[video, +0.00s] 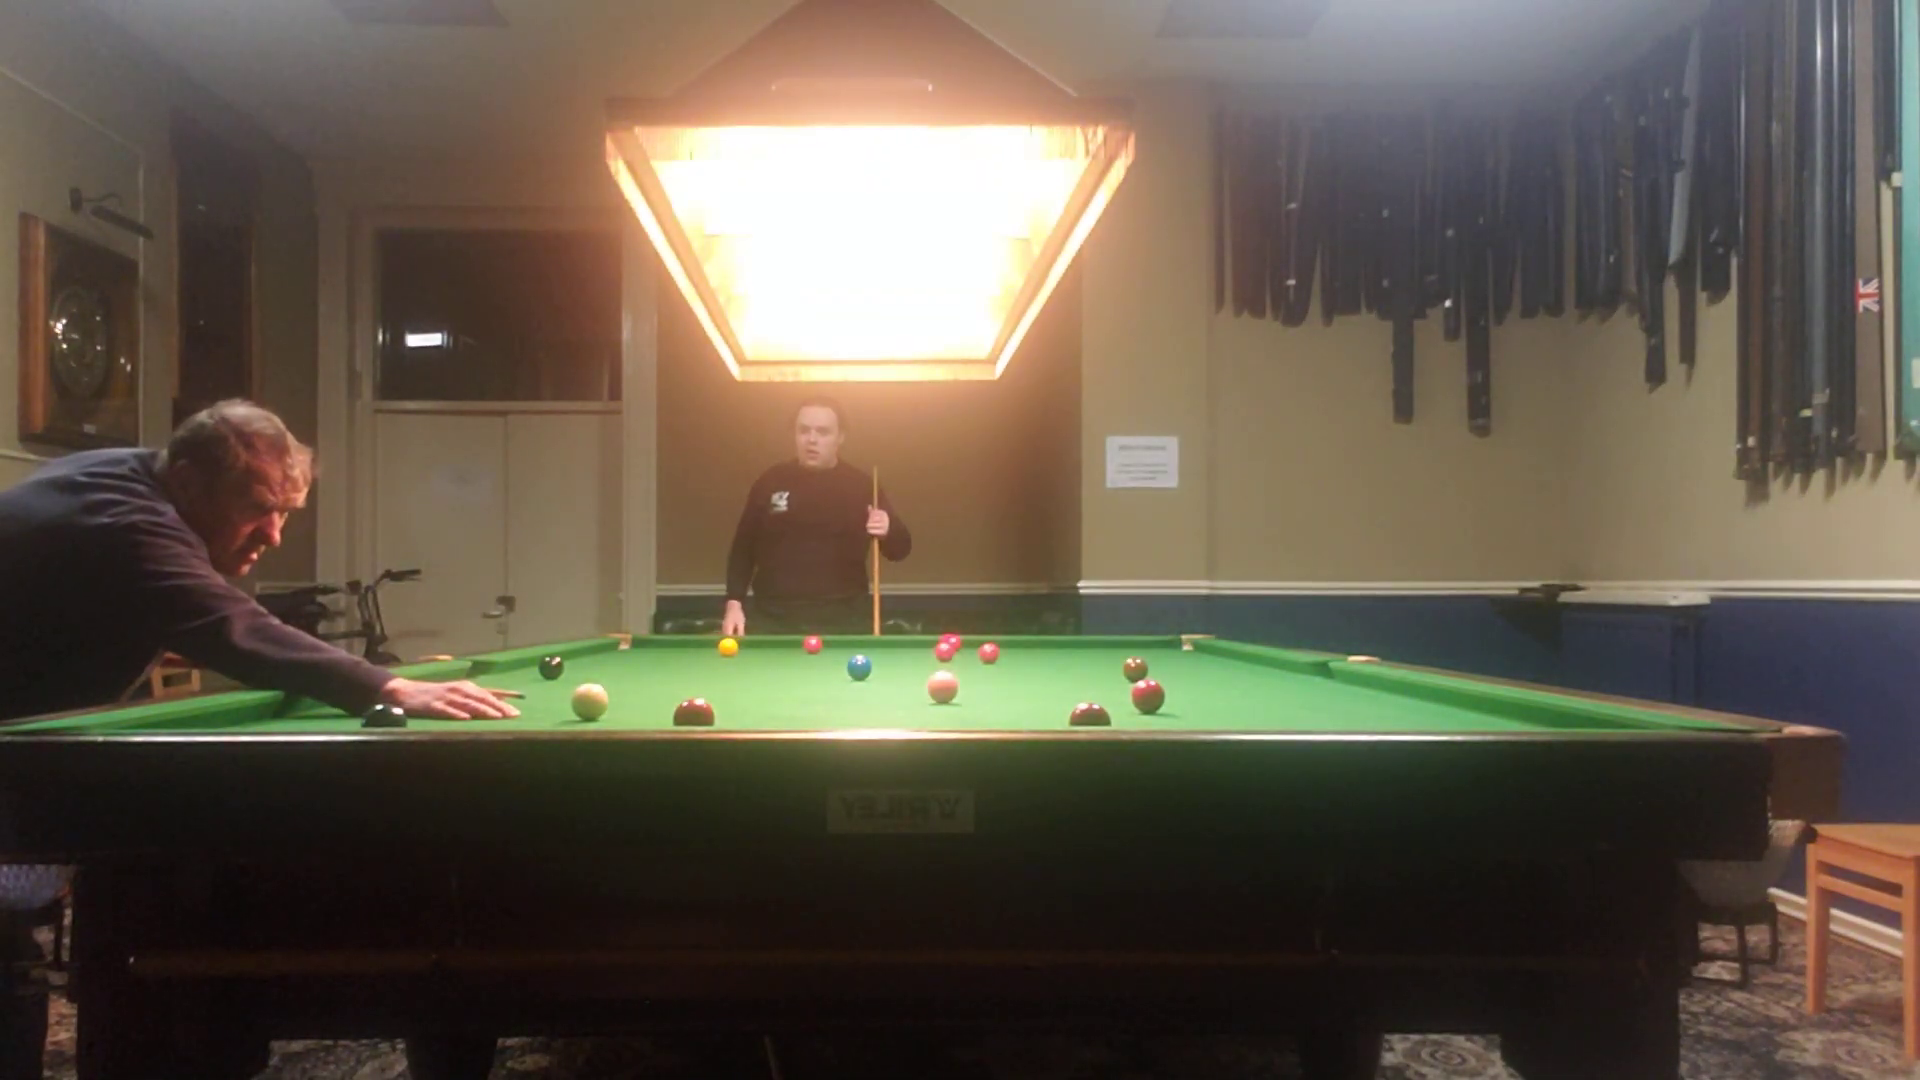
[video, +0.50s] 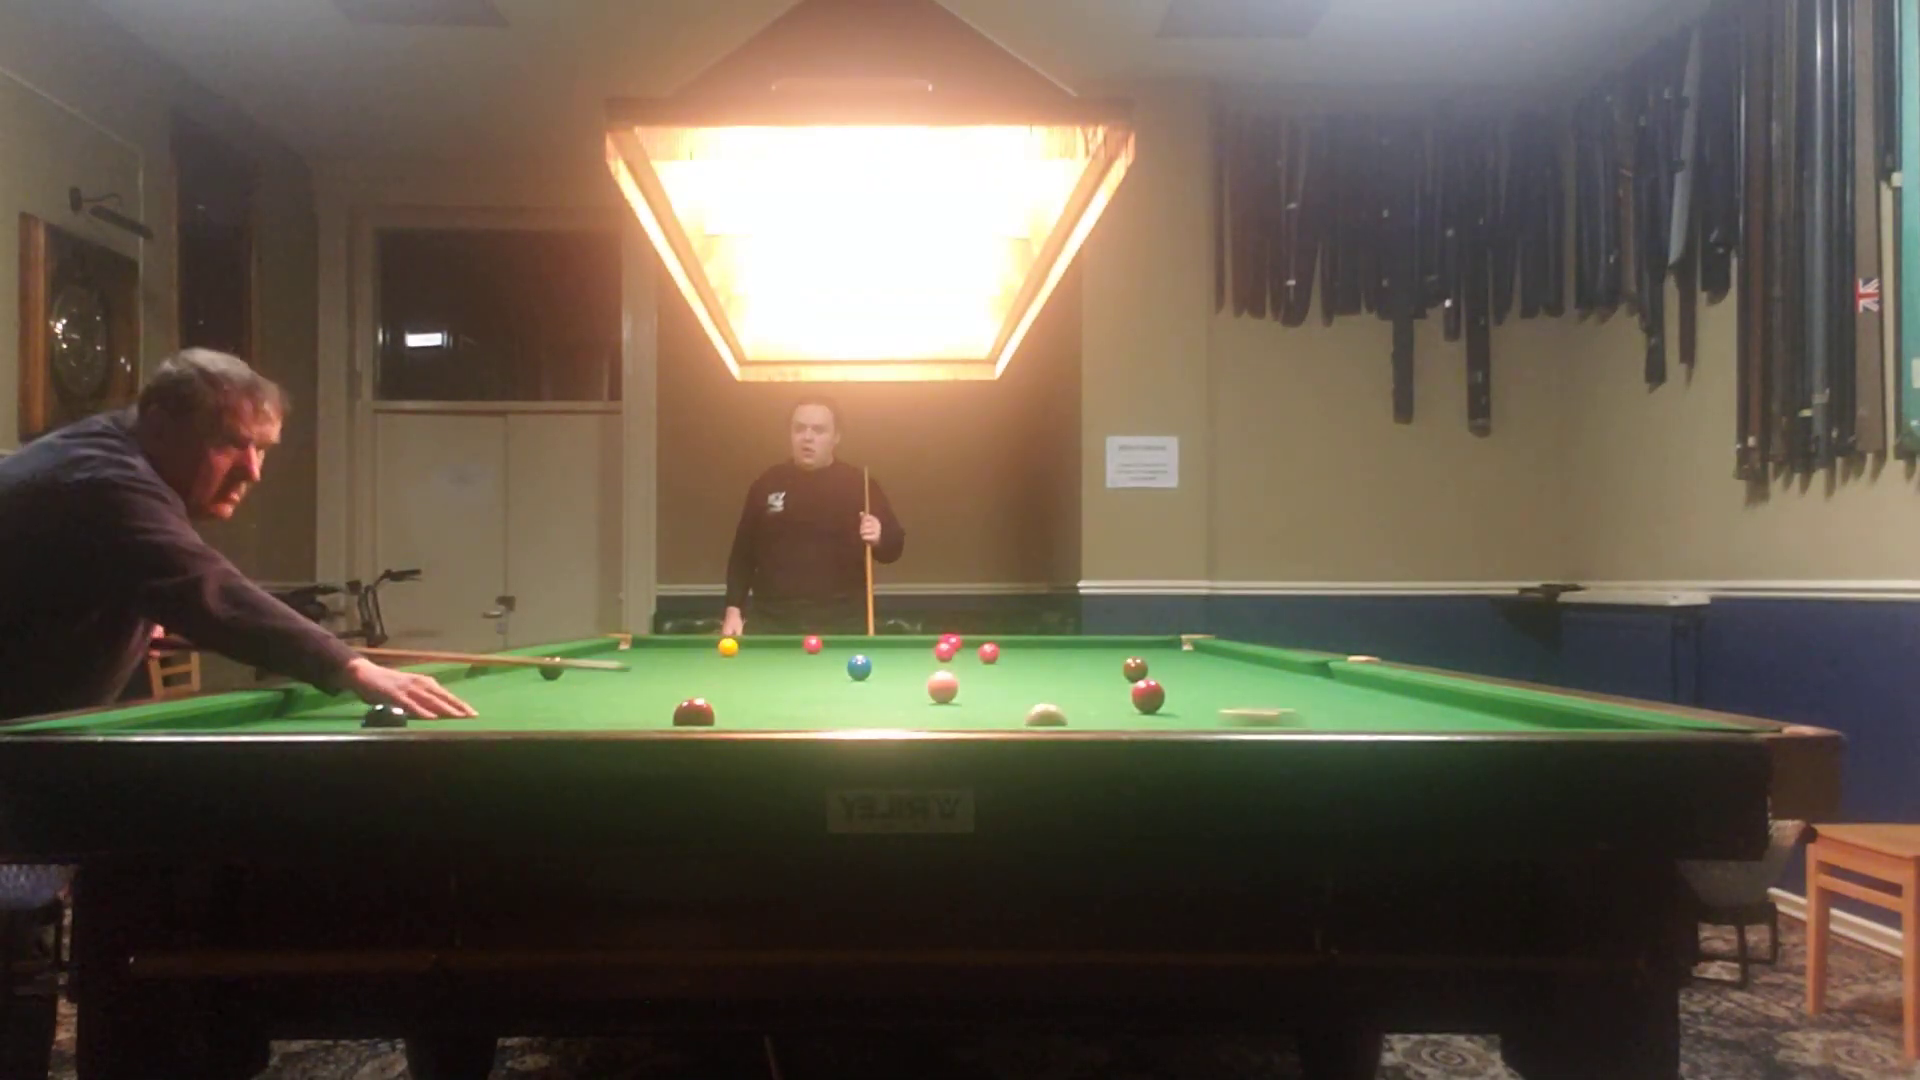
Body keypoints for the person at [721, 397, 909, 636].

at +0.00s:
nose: (812, 439)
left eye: (823, 432)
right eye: (804, 430)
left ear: (840, 438)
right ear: (794, 435)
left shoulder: (862, 486)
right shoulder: (771, 483)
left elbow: (901, 550)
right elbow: (743, 547)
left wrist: (888, 532)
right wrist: (734, 602)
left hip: (843, 620)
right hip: (775, 621)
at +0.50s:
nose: (807, 438)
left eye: (818, 430)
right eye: (800, 429)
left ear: (836, 437)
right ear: (790, 434)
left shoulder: (860, 485)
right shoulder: (768, 485)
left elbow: (893, 550)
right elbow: (743, 552)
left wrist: (881, 538)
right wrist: (734, 608)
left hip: (842, 626)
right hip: (773, 627)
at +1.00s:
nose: (795, 436)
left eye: (806, 429)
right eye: (788, 427)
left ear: (822, 437)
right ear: (776, 433)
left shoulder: (847, 482)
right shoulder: (754, 484)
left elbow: (880, 548)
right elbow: (730, 552)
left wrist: (867, 537)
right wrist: (723, 608)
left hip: (831, 624)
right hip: (761, 625)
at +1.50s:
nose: (753, 431)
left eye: (765, 424)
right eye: (746, 422)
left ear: (781, 433)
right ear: (735, 429)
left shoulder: (808, 482)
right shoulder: (711, 483)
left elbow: (836, 552)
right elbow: (687, 550)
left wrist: (839, 539)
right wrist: (681, 608)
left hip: (792, 627)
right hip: (723, 626)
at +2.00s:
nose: (728, 433)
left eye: (739, 426)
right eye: (720, 425)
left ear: (758, 434)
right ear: (711, 431)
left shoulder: (781, 485)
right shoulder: (686, 485)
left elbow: (809, 550)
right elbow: (662, 551)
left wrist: (821, 543)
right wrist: (655, 609)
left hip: (767, 627)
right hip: (696, 628)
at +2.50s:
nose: (727, 441)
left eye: (738, 433)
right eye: (719, 433)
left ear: (757, 437)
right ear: (711, 437)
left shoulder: (781, 486)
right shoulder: (689, 484)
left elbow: (815, 554)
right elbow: (665, 550)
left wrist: (817, 544)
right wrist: (659, 606)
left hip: (765, 629)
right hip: (695, 630)